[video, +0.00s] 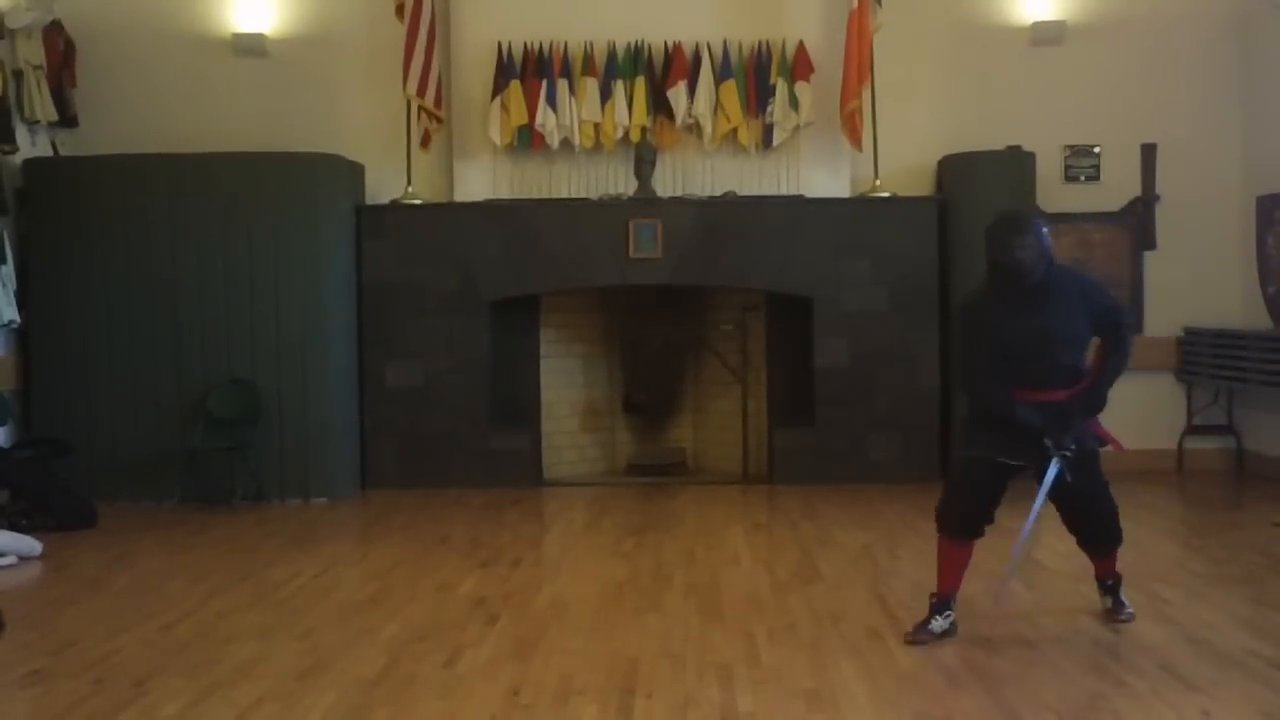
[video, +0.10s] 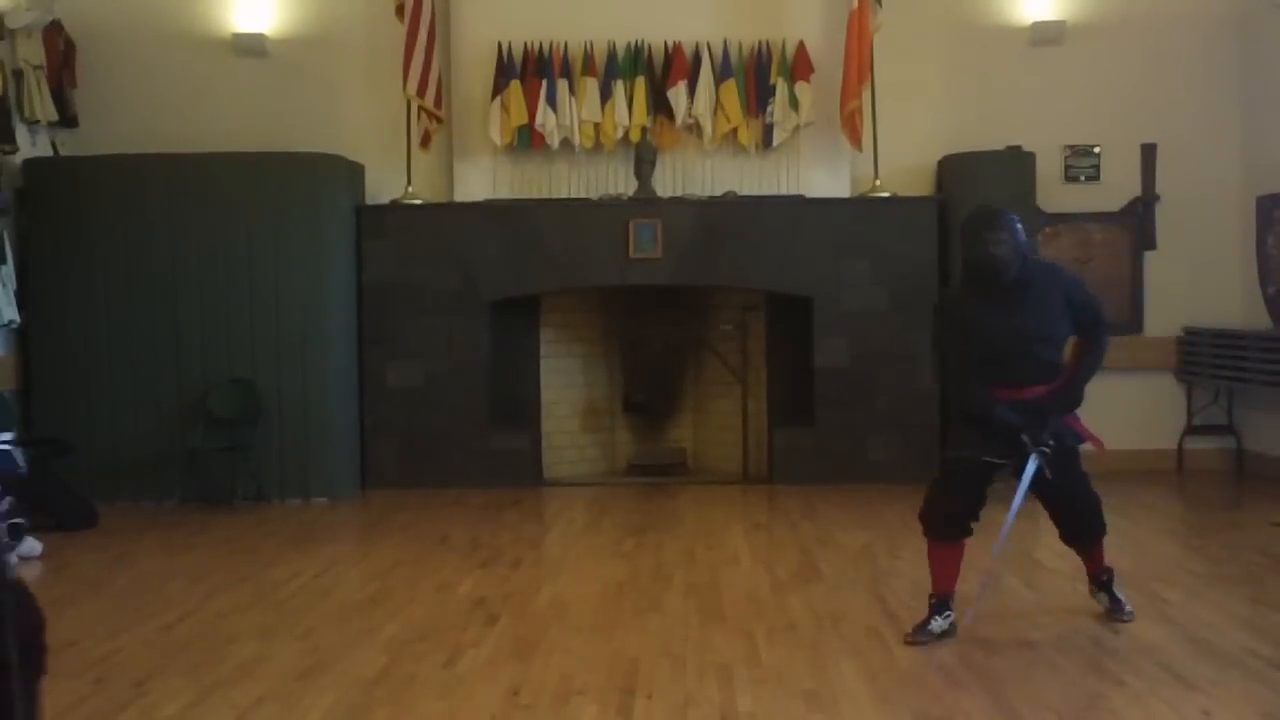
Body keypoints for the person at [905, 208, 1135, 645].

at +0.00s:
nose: (1024, 260)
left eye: (1029, 249)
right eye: (1012, 252)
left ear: (1046, 245)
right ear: (996, 255)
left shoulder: (1075, 291)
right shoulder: (980, 305)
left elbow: (1118, 330)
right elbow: (978, 387)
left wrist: (1095, 394)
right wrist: (1035, 426)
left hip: (1064, 419)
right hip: (998, 419)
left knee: (1096, 514)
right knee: (960, 506)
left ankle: (1110, 587)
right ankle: (942, 610)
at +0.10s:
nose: (997, 255)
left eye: (1004, 244)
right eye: (987, 247)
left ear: (1021, 243)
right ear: (971, 252)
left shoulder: (1051, 283)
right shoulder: (961, 300)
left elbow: (1094, 329)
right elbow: (959, 384)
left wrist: (1070, 392)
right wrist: (1017, 428)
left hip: (1044, 415)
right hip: (982, 415)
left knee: (1080, 508)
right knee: (945, 506)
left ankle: (1101, 584)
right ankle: (941, 612)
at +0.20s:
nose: (973, 246)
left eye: (981, 236)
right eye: (965, 237)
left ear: (1000, 237)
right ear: (953, 241)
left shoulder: (1033, 278)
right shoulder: (940, 295)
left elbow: (1078, 324)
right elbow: (936, 377)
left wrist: (1042, 392)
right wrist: (993, 419)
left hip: (1026, 409)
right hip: (962, 412)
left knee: (1060, 501)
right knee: (939, 507)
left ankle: (1079, 577)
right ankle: (941, 609)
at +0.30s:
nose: (961, 243)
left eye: (968, 232)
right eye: (951, 235)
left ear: (986, 232)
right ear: (936, 240)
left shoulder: (1023, 273)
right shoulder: (922, 294)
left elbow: (1067, 319)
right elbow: (921, 374)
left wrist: (1033, 389)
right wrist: (978, 416)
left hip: (1017, 413)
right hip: (950, 416)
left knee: (1043, 506)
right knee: (933, 512)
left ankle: (1048, 584)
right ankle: (941, 609)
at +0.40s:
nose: (948, 241)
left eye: (956, 230)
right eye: (939, 231)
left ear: (977, 229)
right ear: (925, 234)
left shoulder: (1013, 270)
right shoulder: (913, 289)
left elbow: (1059, 315)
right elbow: (910, 369)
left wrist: (1028, 382)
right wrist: (967, 414)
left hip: (1009, 409)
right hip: (942, 410)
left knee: (1024, 505)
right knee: (932, 511)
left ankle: (1017, 597)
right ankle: (940, 609)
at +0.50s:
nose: (945, 238)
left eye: (953, 227)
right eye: (935, 229)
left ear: (973, 225)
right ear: (921, 232)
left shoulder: (1008, 267)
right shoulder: (908, 285)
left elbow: (1055, 313)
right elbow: (902, 365)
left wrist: (1019, 387)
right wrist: (958, 412)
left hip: (1004, 408)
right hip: (936, 410)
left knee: (1007, 509)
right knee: (931, 514)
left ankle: (993, 609)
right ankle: (940, 613)